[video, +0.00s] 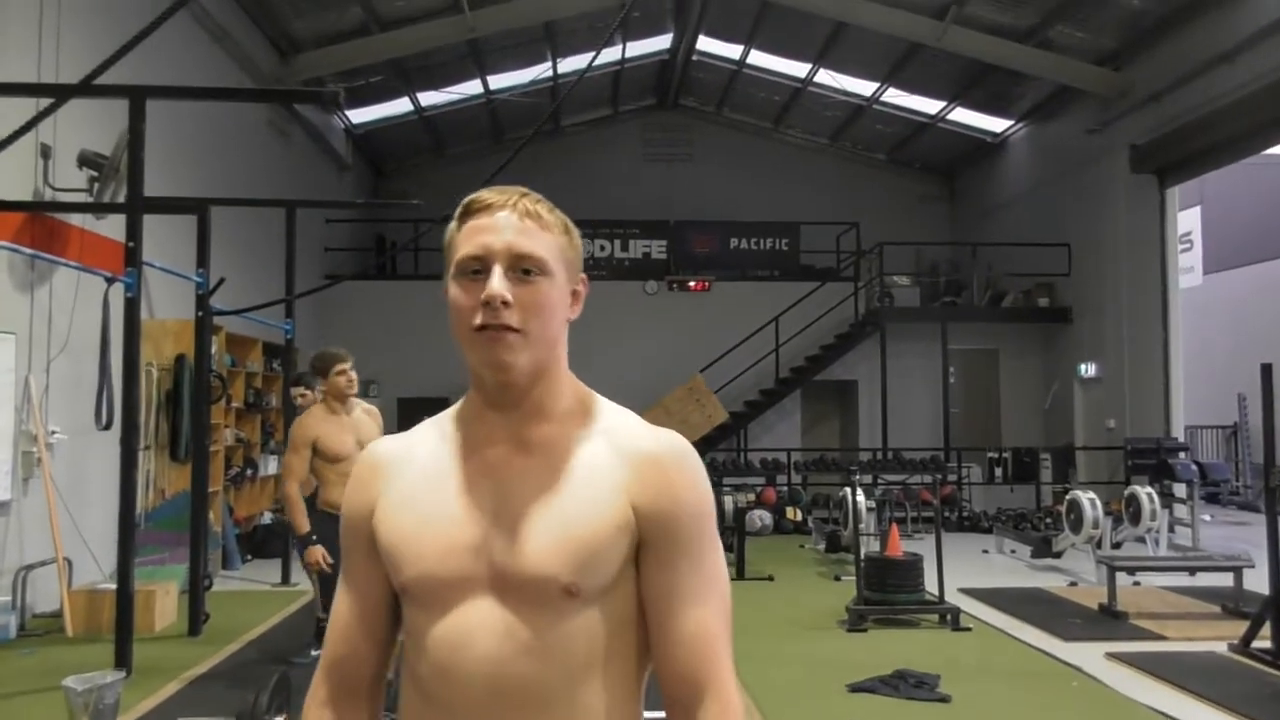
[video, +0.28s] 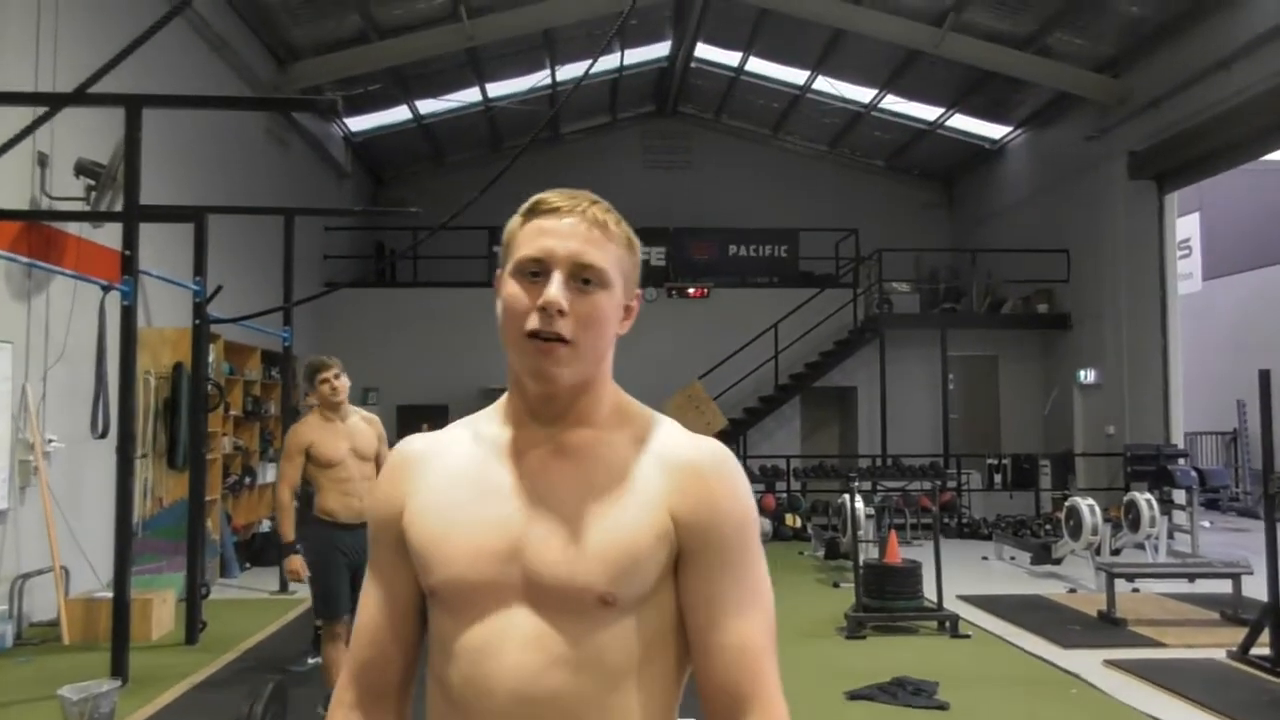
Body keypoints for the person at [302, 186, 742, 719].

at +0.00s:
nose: (495, 293)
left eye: (526, 271)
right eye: (472, 271)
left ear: (574, 299)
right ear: (447, 298)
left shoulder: (656, 467)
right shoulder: (384, 471)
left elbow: (706, 703)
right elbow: (340, 699)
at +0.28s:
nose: (551, 299)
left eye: (584, 280)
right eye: (532, 273)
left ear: (627, 312)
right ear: (499, 291)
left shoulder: (697, 476)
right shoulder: (416, 469)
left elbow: (749, 706)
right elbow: (365, 700)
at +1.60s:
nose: (578, 333)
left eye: (612, 313)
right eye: (558, 307)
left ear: (659, 343)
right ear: (528, 326)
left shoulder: (729, 525)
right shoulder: (435, 507)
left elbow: (769, 713)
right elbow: (383, 714)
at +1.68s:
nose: (575, 333)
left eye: (609, 313)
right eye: (555, 308)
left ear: (655, 346)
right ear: (524, 328)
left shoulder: (726, 526)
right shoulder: (431, 510)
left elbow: (769, 713)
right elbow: (381, 715)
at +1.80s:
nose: (572, 335)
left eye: (607, 315)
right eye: (552, 310)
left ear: (652, 349)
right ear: (520, 330)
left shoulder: (724, 529)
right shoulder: (429, 514)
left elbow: (769, 712)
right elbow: (382, 714)